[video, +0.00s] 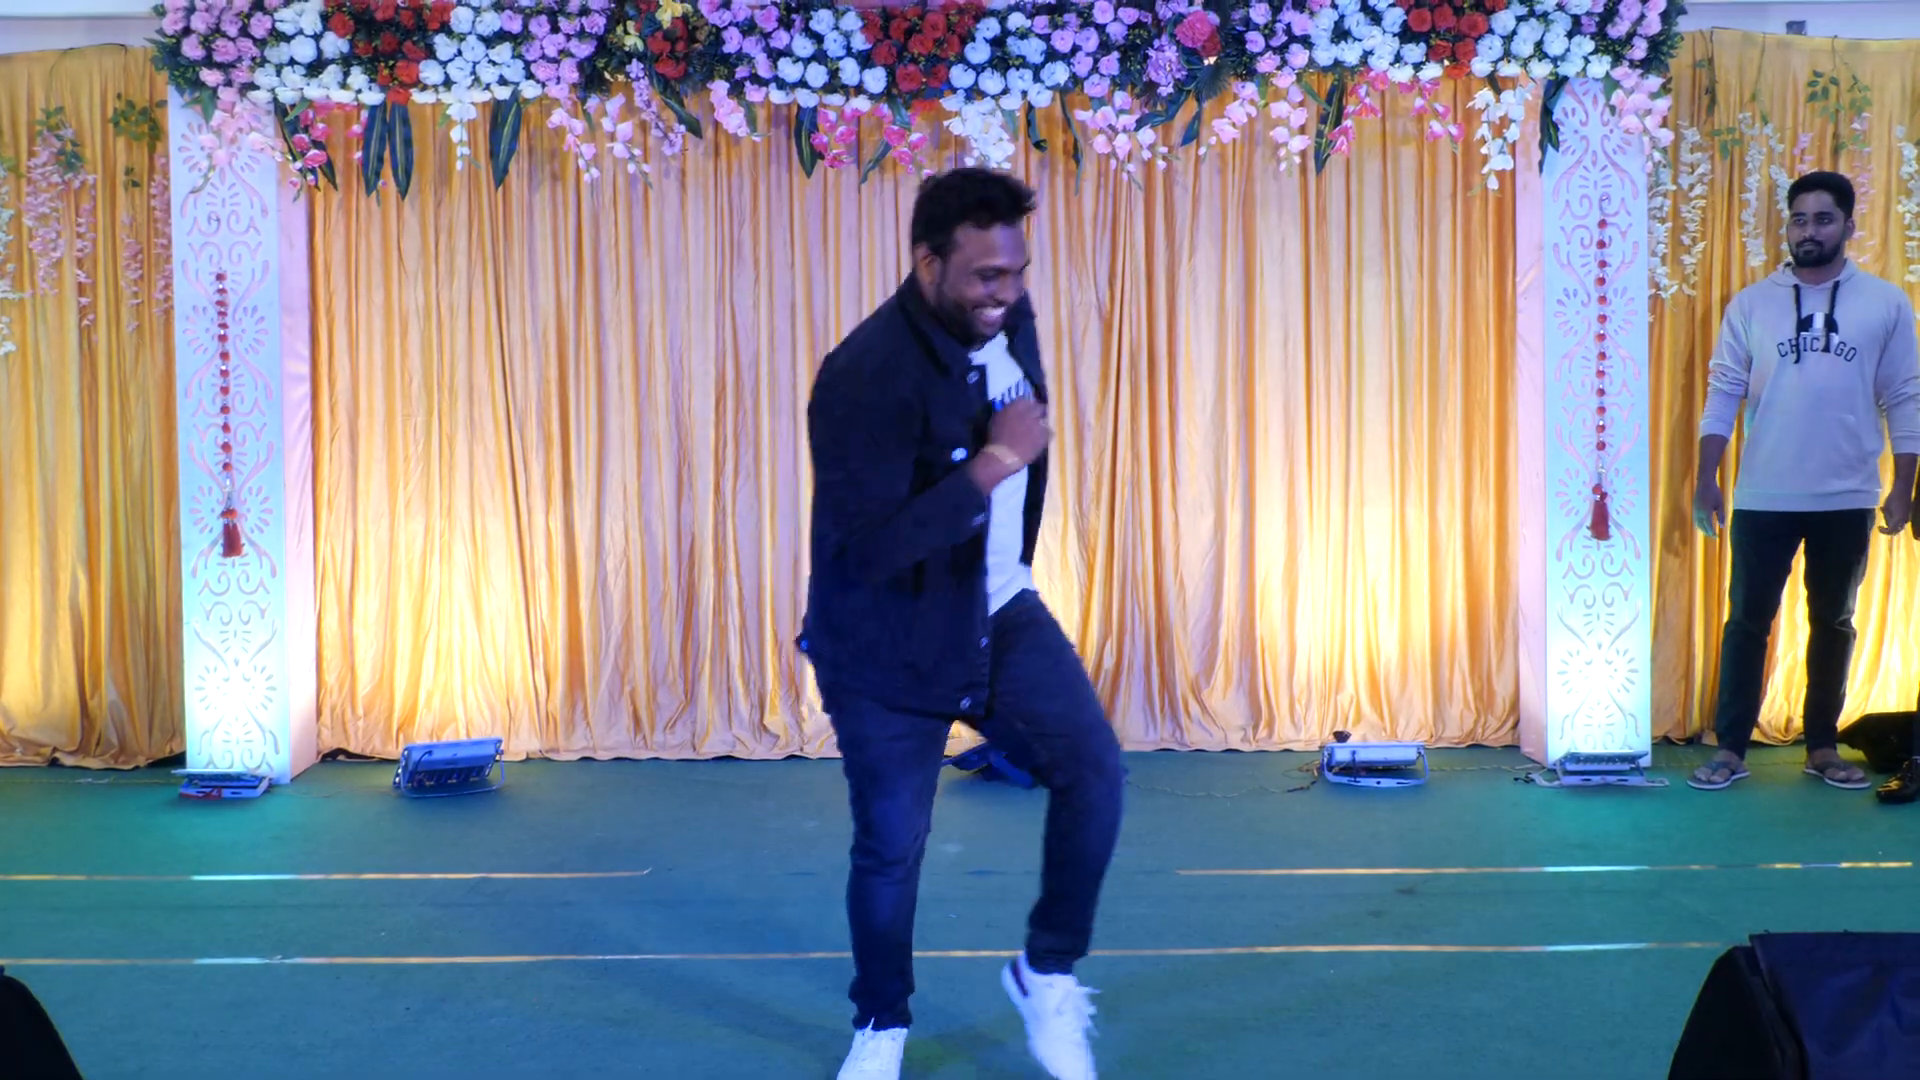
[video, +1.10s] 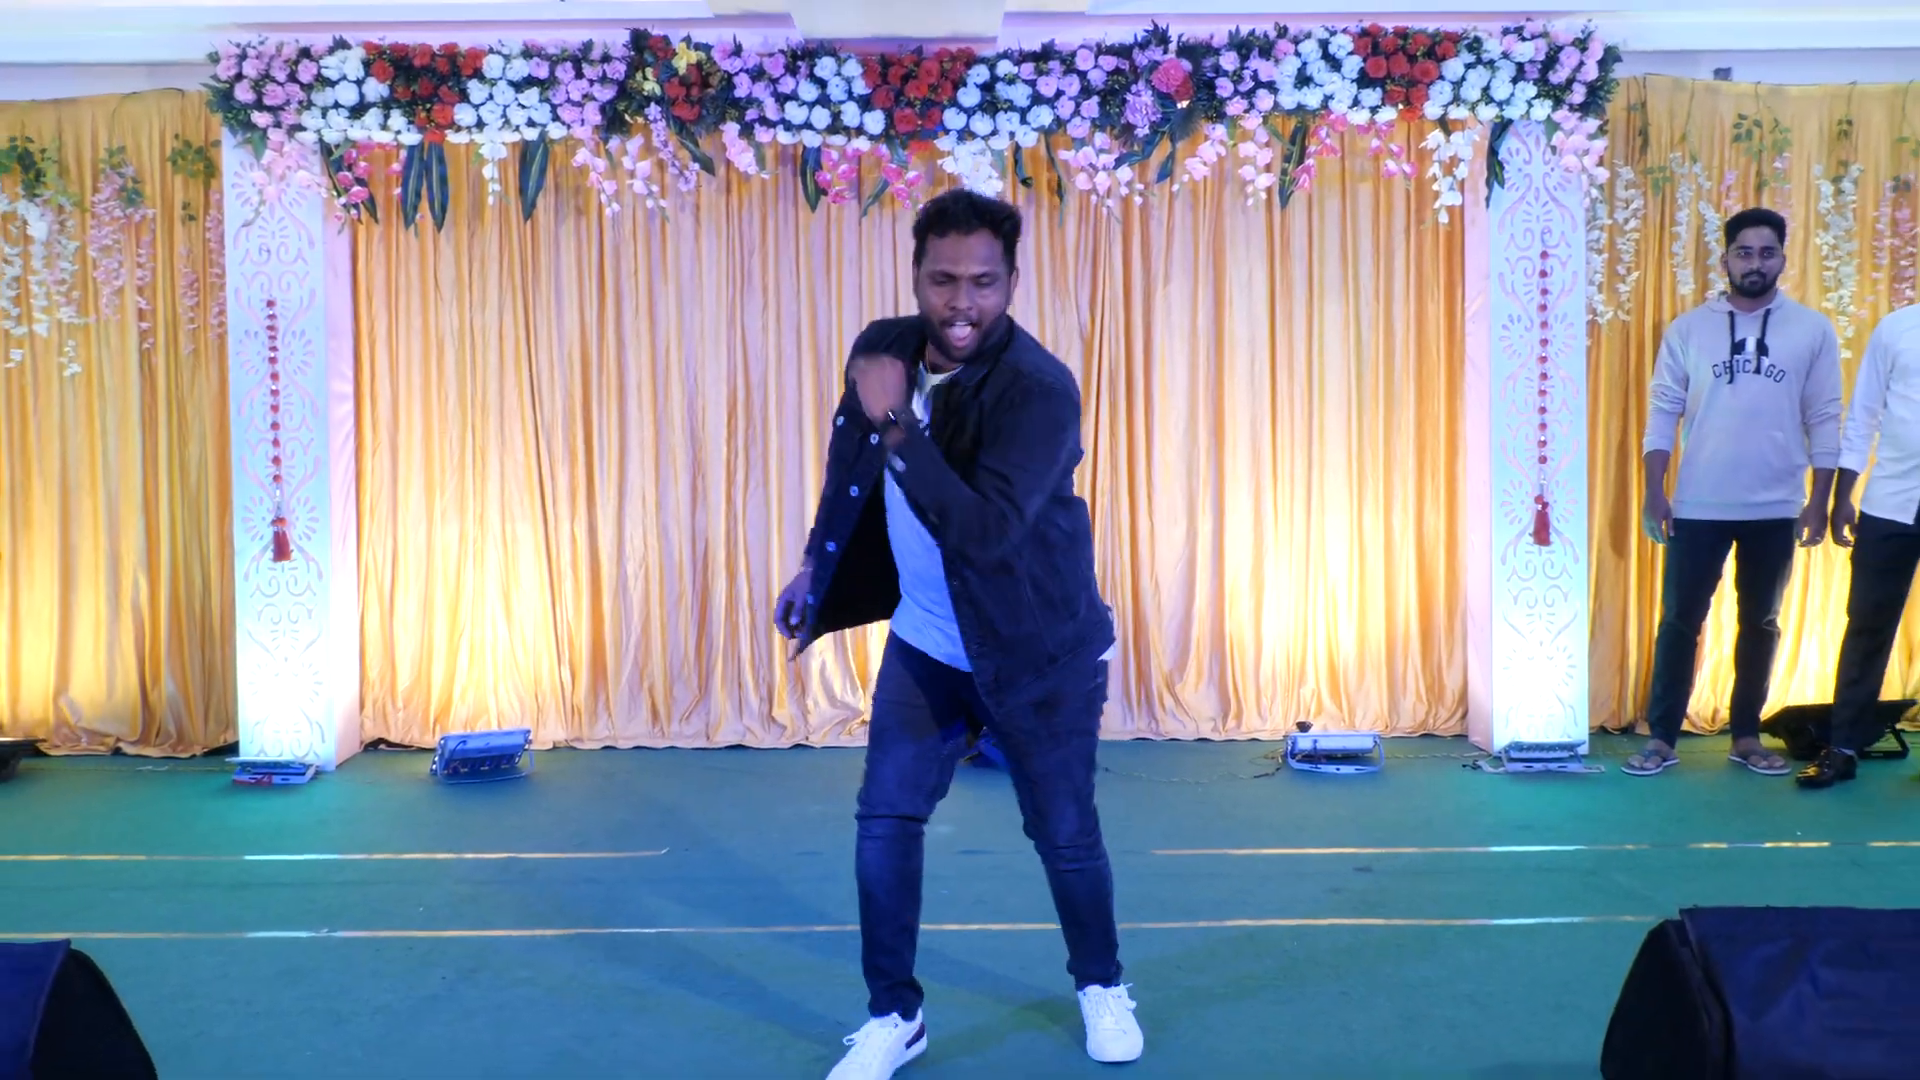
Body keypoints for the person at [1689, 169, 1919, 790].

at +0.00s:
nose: (1810, 229)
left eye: (1824, 219)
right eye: (1799, 218)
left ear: (1848, 226)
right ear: (1787, 226)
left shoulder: (1886, 304)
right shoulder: (1751, 304)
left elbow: (1905, 398)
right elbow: (1723, 390)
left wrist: (1904, 483)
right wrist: (1707, 474)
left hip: (1846, 495)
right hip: (1764, 493)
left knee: (1833, 626)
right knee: (1747, 621)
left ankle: (1822, 748)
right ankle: (1730, 749)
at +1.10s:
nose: (1755, 262)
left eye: (1767, 252)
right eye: (1744, 252)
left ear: (1783, 260)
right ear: (1725, 259)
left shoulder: (1811, 330)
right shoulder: (1689, 328)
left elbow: (1825, 416)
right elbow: (1663, 409)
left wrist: (1820, 497)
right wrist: (1654, 486)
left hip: (1773, 506)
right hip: (1699, 503)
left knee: (1760, 627)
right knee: (1679, 623)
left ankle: (1746, 738)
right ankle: (1662, 739)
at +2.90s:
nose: (1715, 274)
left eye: (1728, 266)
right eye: (1710, 265)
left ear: (1757, 272)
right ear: (1703, 270)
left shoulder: (1791, 342)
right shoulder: (1672, 338)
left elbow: (1804, 427)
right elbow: (1647, 415)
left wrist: (1800, 506)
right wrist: (1636, 491)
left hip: (1754, 511)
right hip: (1681, 508)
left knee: (1741, 629)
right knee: (1660, 623)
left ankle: (1726, 737)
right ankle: (1644, 737)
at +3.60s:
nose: (1694, 281)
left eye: (1705, 271)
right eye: (1691, 272)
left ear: (1743, 271)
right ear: (1690, 273)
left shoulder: (1789, 340)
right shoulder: (1667, 338)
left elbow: (1805, 424)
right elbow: (1644, 416)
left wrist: (1803, 503)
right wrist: (1634, 492)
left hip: (1752, 510)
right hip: (1678, 507)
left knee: (1740, 627)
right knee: (1661, 619)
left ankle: (1727, 738)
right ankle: (1653, 735)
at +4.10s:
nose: (1650, 280)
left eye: (1661, 269)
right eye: (1644, 270)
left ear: (1693, 269)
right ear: (1639, 274)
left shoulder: (1740, 330)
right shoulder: (1621, 342)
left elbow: (1779, 402)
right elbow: (1602, 411)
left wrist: (1765, 479)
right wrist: (1602, 473)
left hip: (1713, 507)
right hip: (1642, 510)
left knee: (1720, 626)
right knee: (1645, 626)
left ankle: (1726, 735)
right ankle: (1652, 736)